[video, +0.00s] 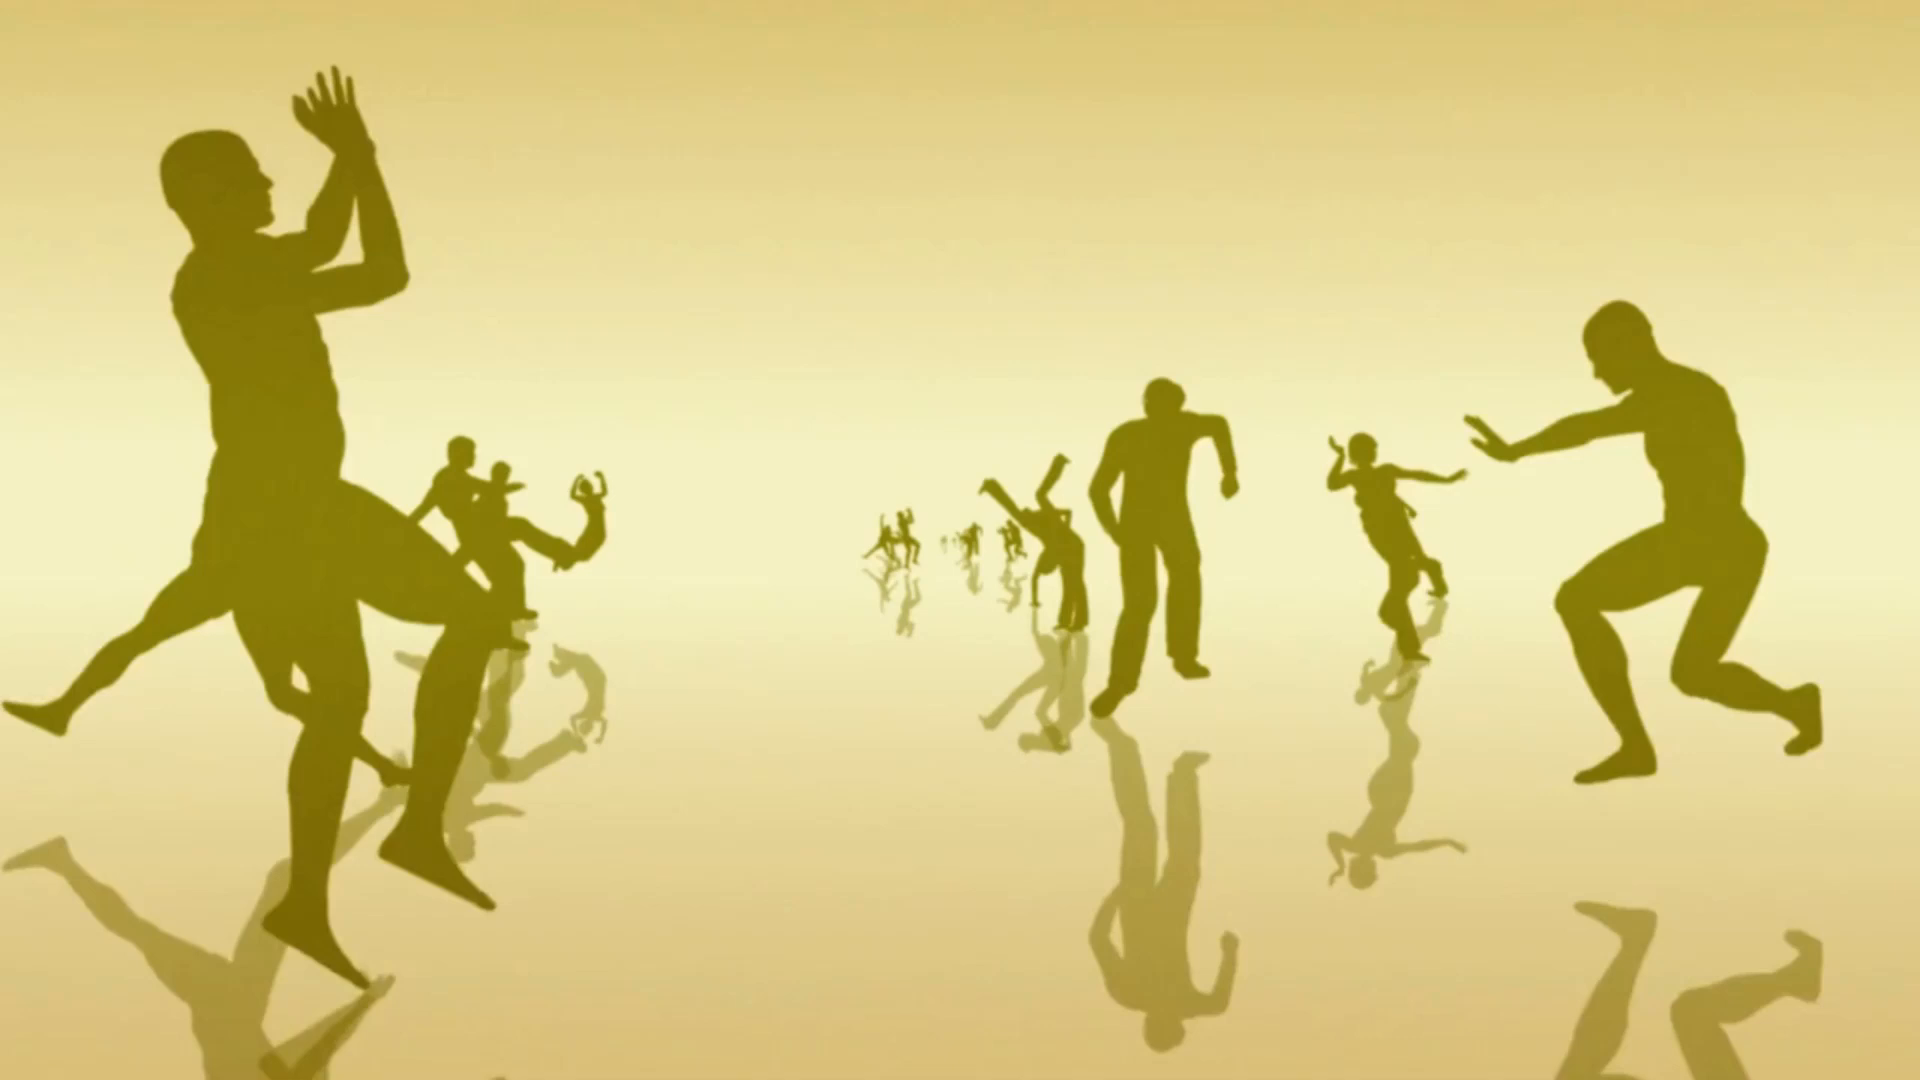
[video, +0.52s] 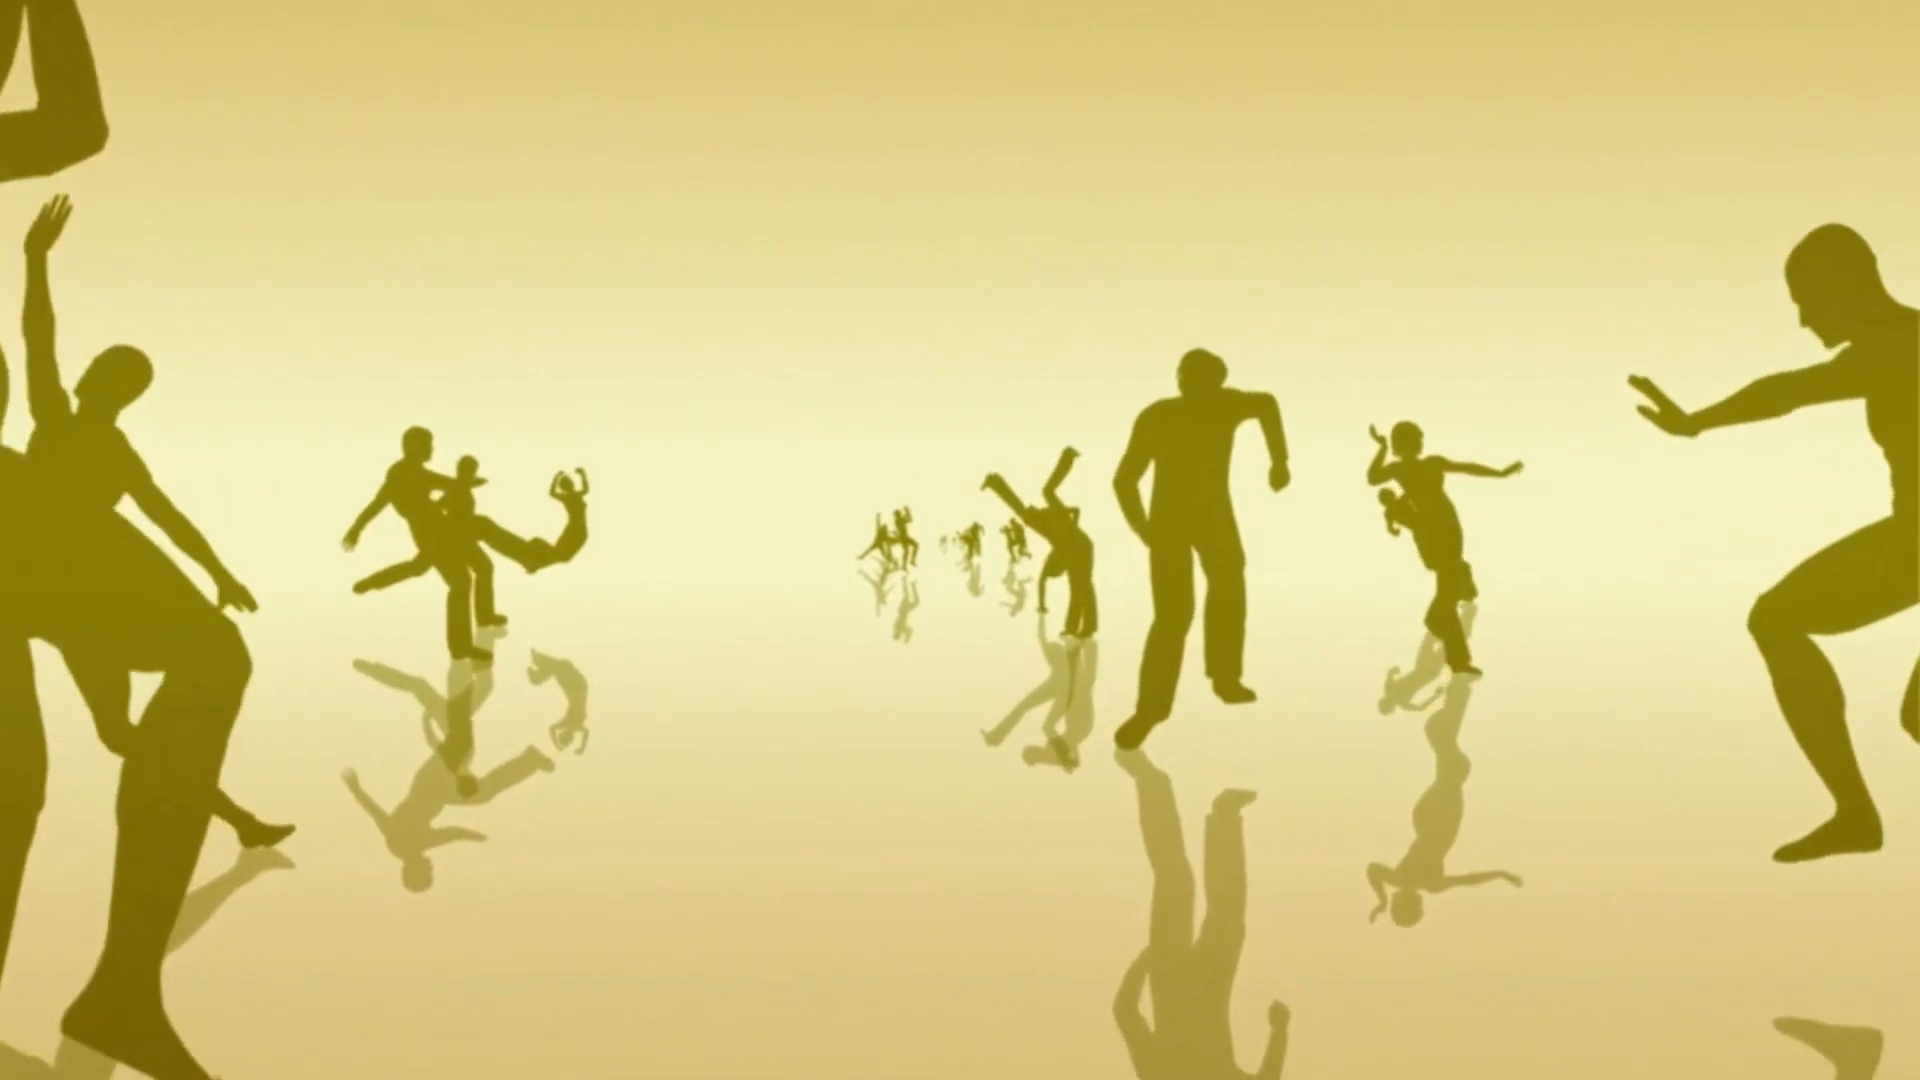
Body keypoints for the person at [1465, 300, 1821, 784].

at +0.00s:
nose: (1596, 371)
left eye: (1599, 356)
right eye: (1592, 359)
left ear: (1630, 347)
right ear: (1633, 347)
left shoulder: (1686, 393)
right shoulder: (1653, 397)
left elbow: (1591, 428)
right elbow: (1588, 427)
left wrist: (1514, 451)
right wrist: (1513, 451)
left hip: (1731, 546)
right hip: (1681, 540)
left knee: (1692, 672)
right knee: (1576, 601)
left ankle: (1794, 706)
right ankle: (1634, 745)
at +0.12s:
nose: (1623, 364)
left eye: (1627, 349)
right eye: (1620, 351)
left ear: (1658, 339)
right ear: (1662, 339)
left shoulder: (1719, 386)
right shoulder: (1682, 392)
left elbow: (1619, 423)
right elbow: (1616, 422)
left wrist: (1539, 446)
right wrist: (1538, 447)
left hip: (1765, 546)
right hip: (1713, 540)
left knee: (1724, 679)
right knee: (1602, 604)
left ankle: (1831, 712)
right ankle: (1663, 754)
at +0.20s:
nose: (1670, 353)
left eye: (1674, 336)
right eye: (1666, 339)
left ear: (1707, 325)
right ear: (1711, 325)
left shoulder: (1769, 376)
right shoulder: (1734, 381)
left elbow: (1662, 415)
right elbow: (1660, 414)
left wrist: (1579, 440)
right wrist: (1578, 440)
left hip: (1820, 546)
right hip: (1766, 539)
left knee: (1777, 688)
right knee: (1646, 608)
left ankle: (1897, 725)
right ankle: (1711, 769)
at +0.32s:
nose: (1704, 343)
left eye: (1708, 325)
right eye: (1699, 329)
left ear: (1743, 314)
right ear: (1746, 317)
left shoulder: (1814, 366)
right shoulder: (1774, 373)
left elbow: (1698, 408)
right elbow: (1695, 408)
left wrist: (1608, 435)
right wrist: (1608, 436)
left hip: (1863, 546)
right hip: (1802, 540)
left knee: (1815, 694)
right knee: (1680, 609)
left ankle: (1916, 729)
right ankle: (1748, 780)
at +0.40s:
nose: (1761, 329)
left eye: (1764, 311)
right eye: (1757, 314)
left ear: (1800, 299)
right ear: (1811, 299)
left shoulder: (1865, 356)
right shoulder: (1844, 357)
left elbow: (1753, 398)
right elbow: (1752, 397)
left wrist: (1657, 428)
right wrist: (1658, 427)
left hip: (1907, 545)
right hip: (1877, 539)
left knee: (1883, 706)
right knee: (1736, 615)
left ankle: (1810, 798)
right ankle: (1808, 798)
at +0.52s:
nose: (1802, 317)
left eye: (1805, 297)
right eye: (1797, 300)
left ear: (1844, 285)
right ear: (1855, 285)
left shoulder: (1896, 346)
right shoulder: (1882, 349)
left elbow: (1791, 390)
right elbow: (1792, 390)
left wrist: (1692, 422)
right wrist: (1694, 421)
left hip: (1910, 539)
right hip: (1906, 537)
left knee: (1915, 715)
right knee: (1776, 619)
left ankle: (1854, 811)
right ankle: (1854, 811)